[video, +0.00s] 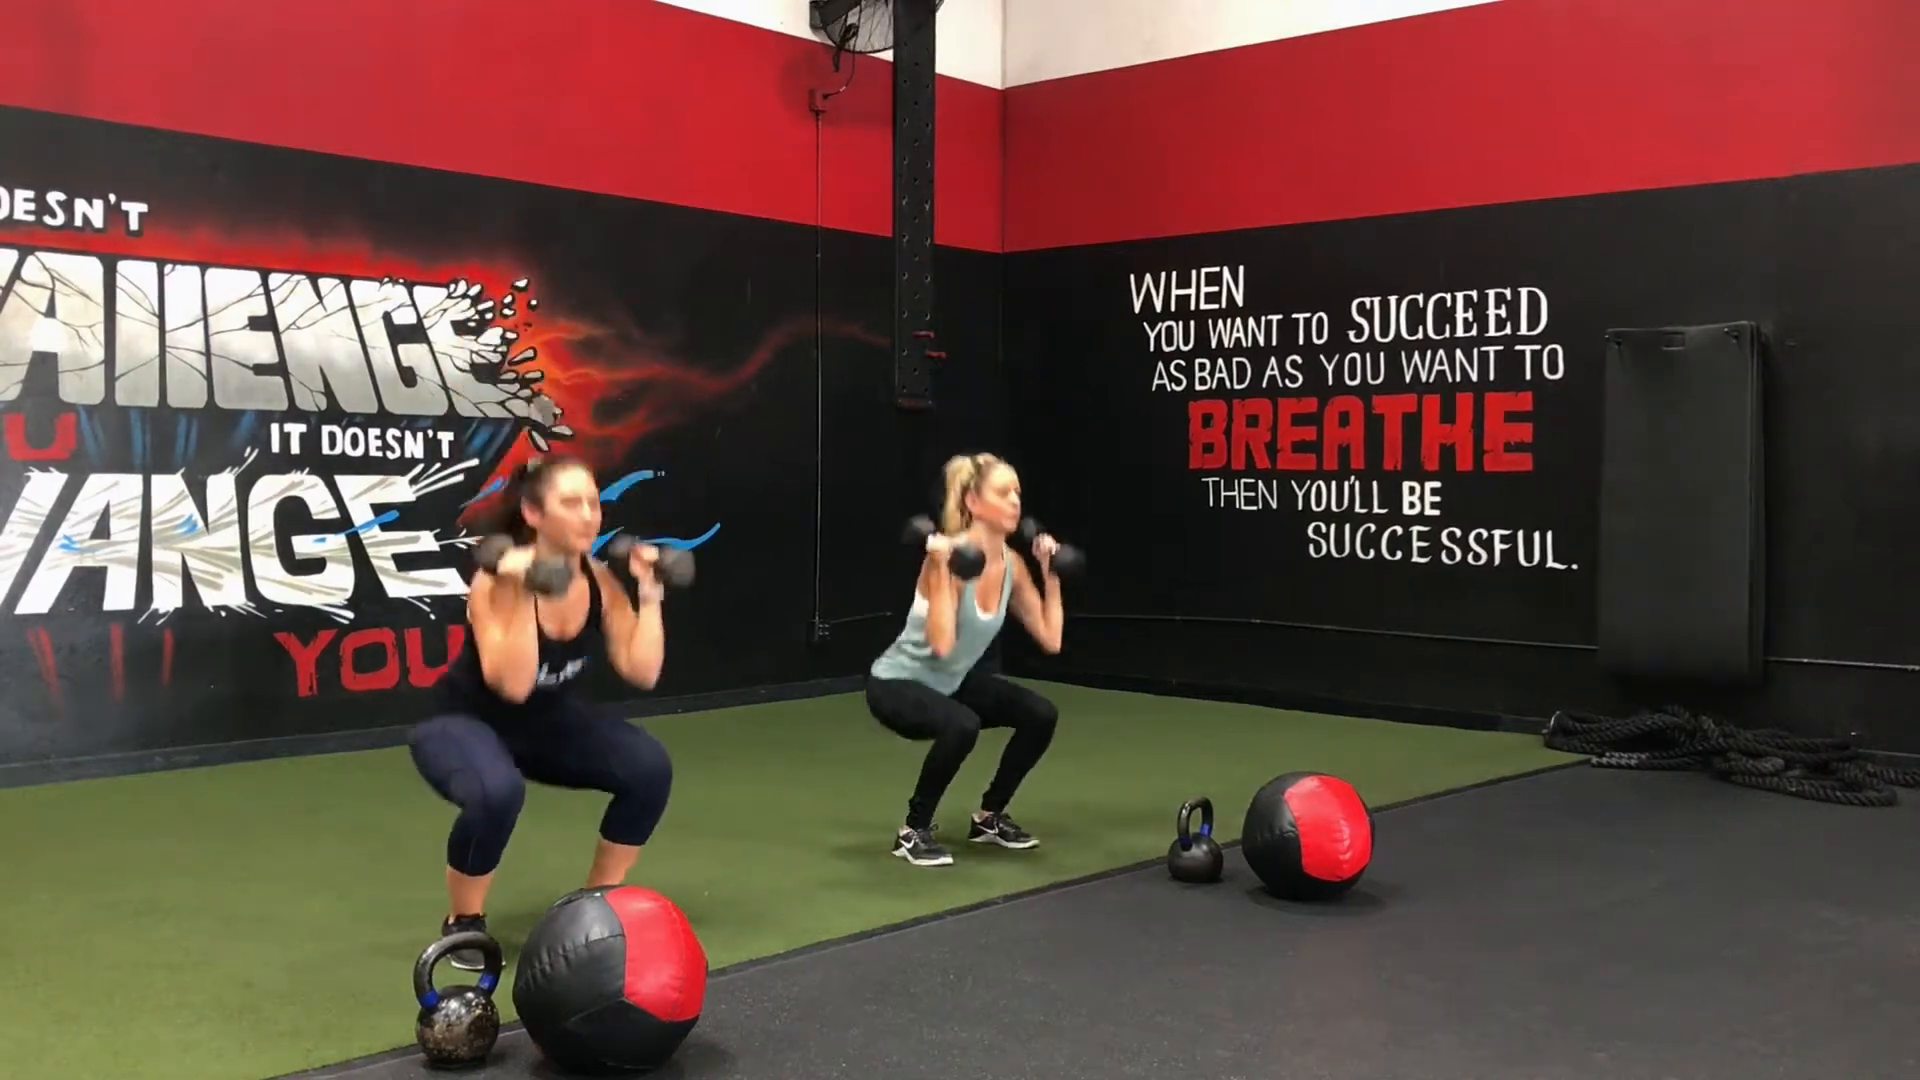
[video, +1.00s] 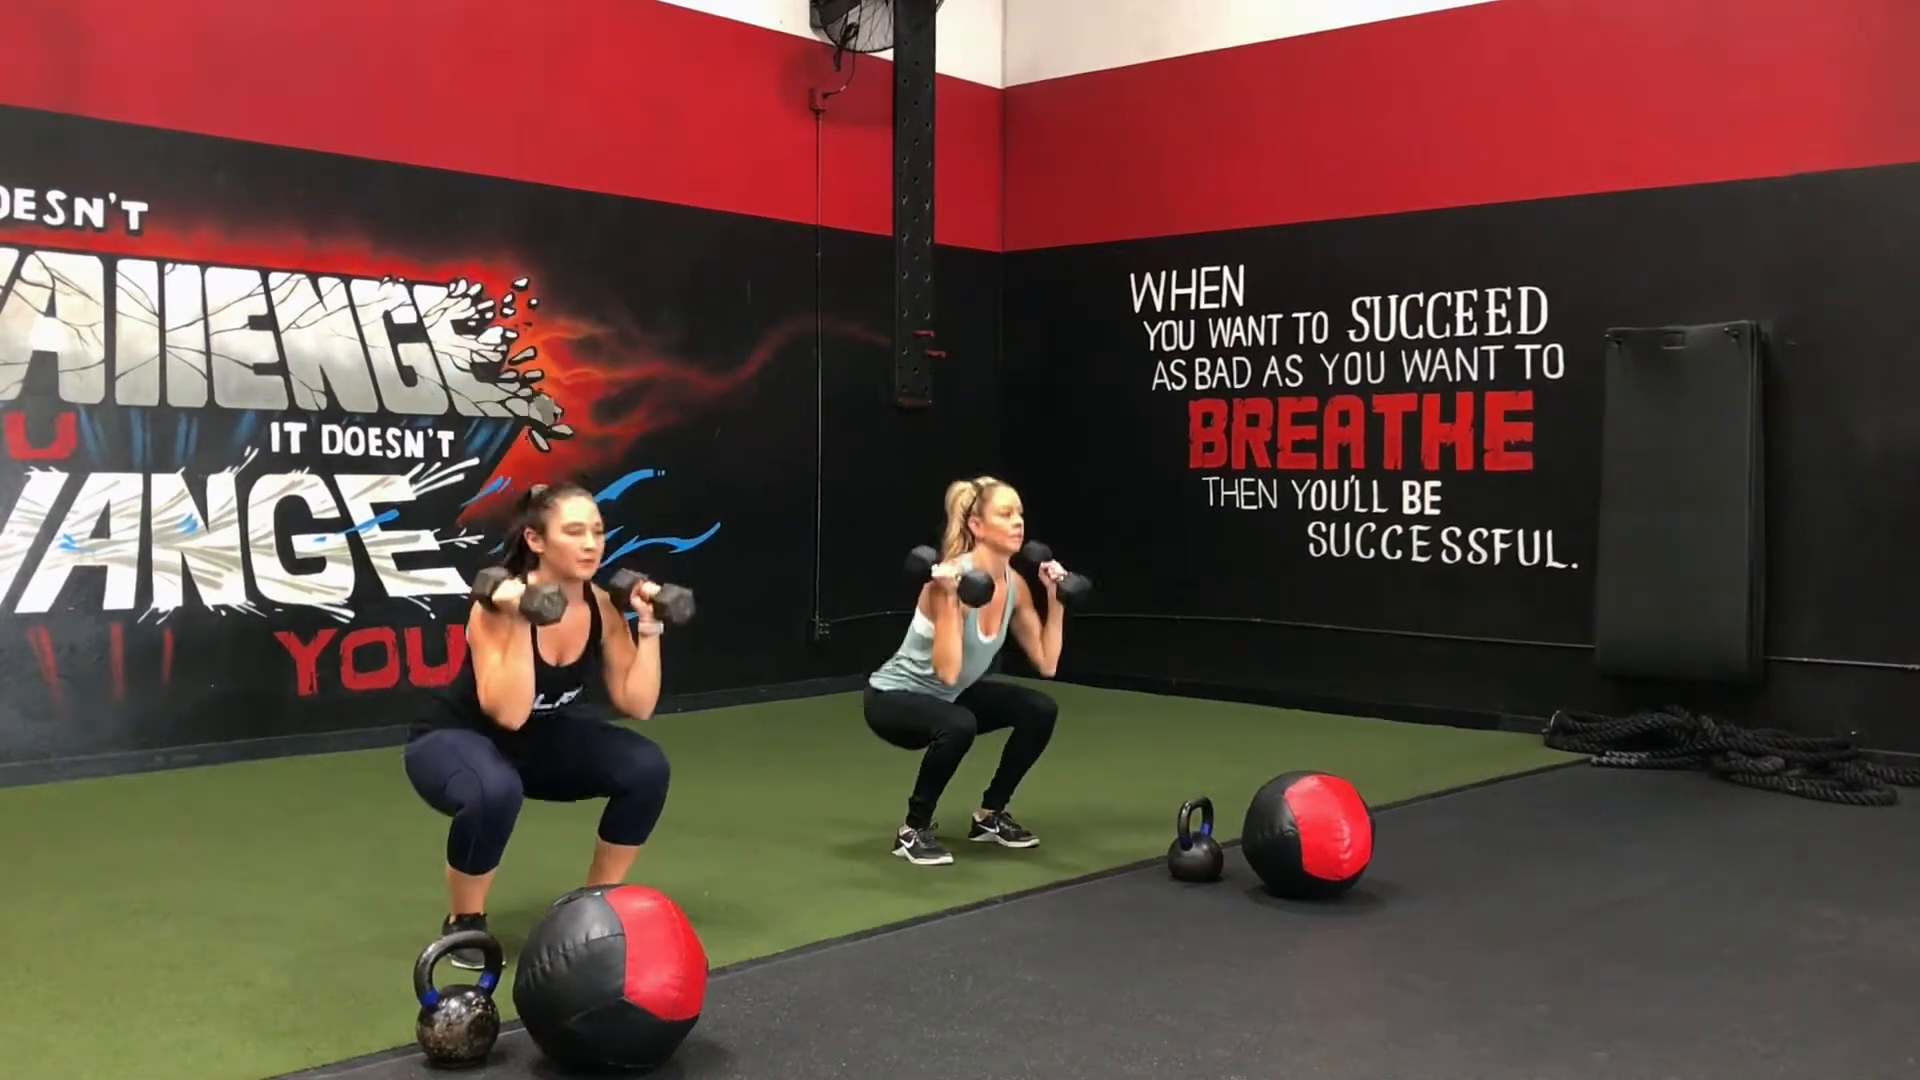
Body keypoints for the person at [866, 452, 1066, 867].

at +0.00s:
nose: (1015, 502)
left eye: (1016, 493)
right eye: (1003, 493)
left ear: (1019, 500)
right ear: (972, 502)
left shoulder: (1011, 563)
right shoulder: (945, 556)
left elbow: (1051, 640)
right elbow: (941, 643)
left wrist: (1050, 573)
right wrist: (945, 567)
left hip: (951, 683)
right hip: (896, 682)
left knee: (1040, 715)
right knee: (960, 725)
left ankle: (990, 817)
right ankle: (915, 831)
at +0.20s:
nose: (1015, 473)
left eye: (1016, 463)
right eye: (1003, 464)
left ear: (1014, 473)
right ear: (971, 473)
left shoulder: (1011, 533)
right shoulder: (947, 531)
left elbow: (1058, 608)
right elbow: (939, 613)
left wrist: (1053, 539)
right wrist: (942, 535)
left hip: (950, 658)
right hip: (897, 657)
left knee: (1034, 711)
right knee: (954, 720)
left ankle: (990, 817)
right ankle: (915, 830)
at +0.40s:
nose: (991, 345)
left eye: (995, 337)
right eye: (980, 335)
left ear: (996, 346)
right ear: (952, 342)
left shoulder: (1001, 402)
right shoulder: (936, 402)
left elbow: (1079, 391)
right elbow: (929, 378)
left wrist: (1058, 325)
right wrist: (933, 309)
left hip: (983, 571)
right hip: (931, 572)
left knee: (998, 686)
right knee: (941, 691)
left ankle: (987, 813)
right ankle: (913, 826)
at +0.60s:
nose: (987, 336)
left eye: (990, 328)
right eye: (975, 325)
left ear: (994, 339)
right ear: (947, 332)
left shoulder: (996, 386)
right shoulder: (935, 389)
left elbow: (1048, 312)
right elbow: (941, 304)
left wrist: (1059, 235)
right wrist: (936, 223)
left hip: (988, 568)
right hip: (936, 569)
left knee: (988, 688)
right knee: (939, 687)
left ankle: (987, 813)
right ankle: (913, 824)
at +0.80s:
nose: (1005, 404)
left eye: (1005, 395)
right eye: (993, 395)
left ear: (1000, 402)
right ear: (963, 402)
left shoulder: (1005, 464)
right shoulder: (941, 457)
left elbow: (1067, 521)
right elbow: (948, 514)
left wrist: (1066, 451)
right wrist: (939, 434)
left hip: (956, 610)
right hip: (905, 609)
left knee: (1022, 697)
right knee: (955, 704)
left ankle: (988, 814)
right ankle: (914, 826)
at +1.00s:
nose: (1019, 522)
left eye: (1019, 514)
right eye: (1006, 514)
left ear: (1024, 522)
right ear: (976, 526)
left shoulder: (1015, 585)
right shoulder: (947, 580)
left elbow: (1046, 663)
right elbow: (948, 674)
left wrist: (1055, 596)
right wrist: (949, 598)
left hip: (951, 695)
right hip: (894, 695)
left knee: (1040, 709)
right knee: (958, 724)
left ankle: (990, 816)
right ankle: (914, 831)